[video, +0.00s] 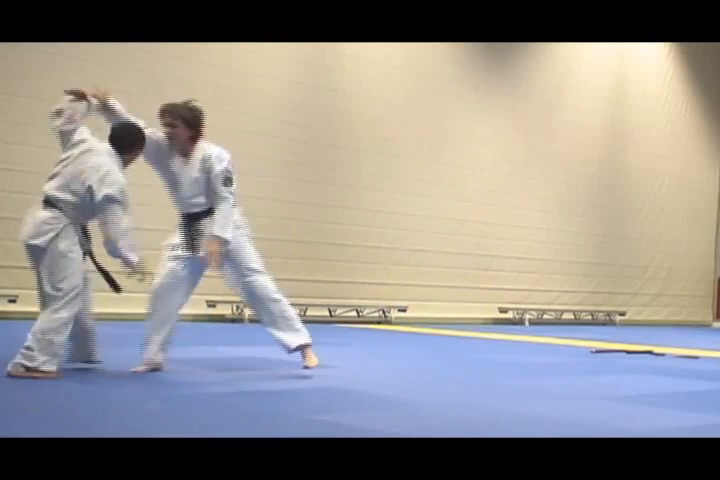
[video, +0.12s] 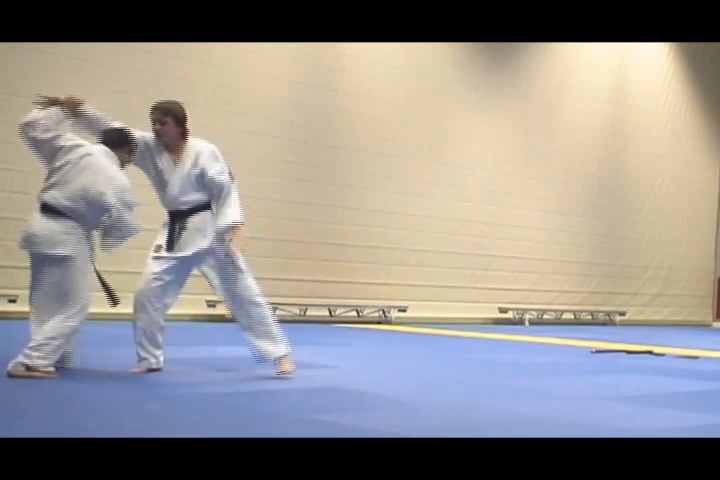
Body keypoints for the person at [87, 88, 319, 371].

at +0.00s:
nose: (165, 132)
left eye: (171, 127)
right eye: (164, 127)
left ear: (191, 131)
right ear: (166, 130)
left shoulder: (215, 158)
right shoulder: (161, 151)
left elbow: (226, 202)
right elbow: (132, 127)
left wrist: (217, 237)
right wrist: (104, 103)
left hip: (223, 224)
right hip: (189, 229)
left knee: (257, 284)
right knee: (165, 287)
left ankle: (304, 346)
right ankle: (153, 356)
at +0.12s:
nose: (157, 129)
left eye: (162, 124)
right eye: (155, 124)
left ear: (181, 127)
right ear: (154, 127)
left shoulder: (204, 154)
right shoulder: (149, 149)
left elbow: (225, 190)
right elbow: (113, 131)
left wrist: (230, 224)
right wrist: (80, 111)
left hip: (210, 227)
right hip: (175, 232)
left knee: (243, 291)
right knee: (147, 292)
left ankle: (280, 354)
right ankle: (150, 359)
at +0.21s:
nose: (147, 128)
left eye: (153, 122)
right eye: (146, 123)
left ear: (172, 123)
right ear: (146, 125)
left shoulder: (200, 145)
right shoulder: (143, 147)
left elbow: (228, 175)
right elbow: (102, 134)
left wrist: (240, 199)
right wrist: (61, 118)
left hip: (207, 223)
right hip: (172, 228)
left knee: (231, 290)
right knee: (147, 293)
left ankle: (264, 359)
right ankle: (150, 360)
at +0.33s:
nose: (132, 142)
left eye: (133, 135)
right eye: (129, 137)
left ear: (148, 128)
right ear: (135, 133)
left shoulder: (183, 132)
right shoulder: (140, 149)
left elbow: (224, 140)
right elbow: (105, 135)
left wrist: (254, 160)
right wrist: (66, 120)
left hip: (201, 214)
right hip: (169, 218)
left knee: (217, 287)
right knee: (153, 293)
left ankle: (245, 357)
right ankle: (153, 360)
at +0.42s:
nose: (126, 137)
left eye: (127, 130)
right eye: (123, 132)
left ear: (139, 125)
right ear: (132, 128)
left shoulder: (175, 130)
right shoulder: (141, 145)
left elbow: (219, 128)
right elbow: (105, 125)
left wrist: (257, 145)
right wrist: (71, 107)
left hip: (197, 212)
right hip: (170, 218)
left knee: (209, 285)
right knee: (160, 289)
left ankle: (241, 356)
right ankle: (155, 359)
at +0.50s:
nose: (126, 125)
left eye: (128, 119)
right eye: (125, 120)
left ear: (142, 116)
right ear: (136, 119)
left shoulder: (175, 126)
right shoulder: (139, 137)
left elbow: (212, 131)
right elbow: (108, 120)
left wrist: (245, 144)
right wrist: (74, 103)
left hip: (196, 212)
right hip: (168, 218)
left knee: (206, 285)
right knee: (155, 289)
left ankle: (242, 356)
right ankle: (160, 357)